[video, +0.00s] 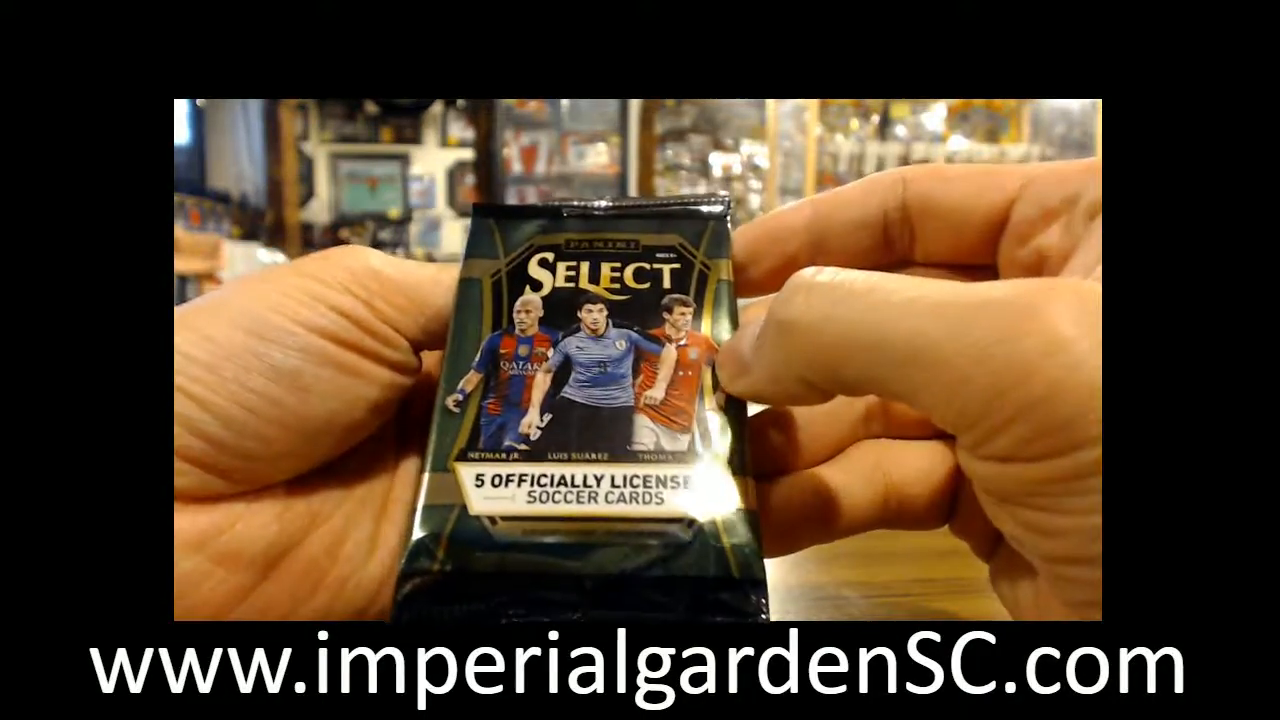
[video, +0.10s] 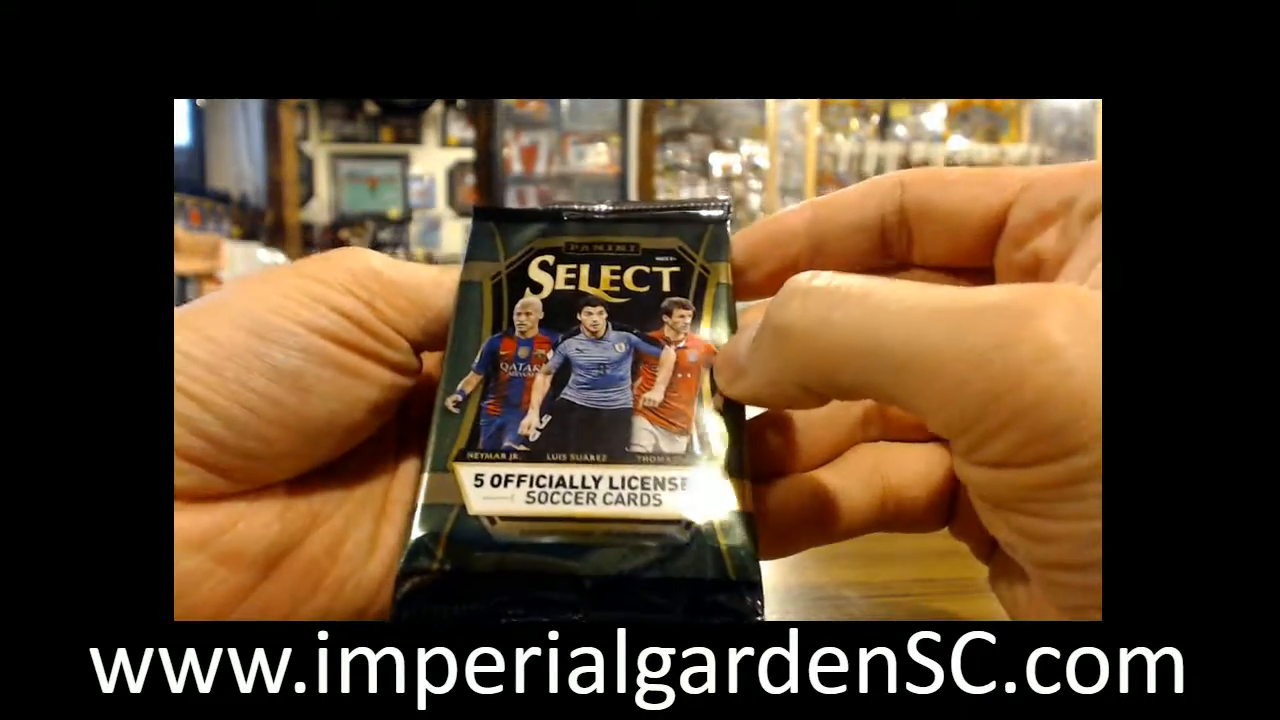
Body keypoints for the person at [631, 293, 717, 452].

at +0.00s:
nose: (687, 319)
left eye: (690, 314)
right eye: (682, 314)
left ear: (693, 315)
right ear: (666, 315)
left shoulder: (703, 342)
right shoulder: (647, 339)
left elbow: (725, 367)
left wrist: (719, 396)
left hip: (680, 421)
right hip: (647, 414)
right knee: (640, 467)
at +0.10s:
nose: (687, 321)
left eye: (689, 317)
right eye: (681, 316)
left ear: (692, 318)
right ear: (666, 318)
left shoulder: (702, 348)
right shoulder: (646, 341)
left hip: (679, 424)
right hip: (646, 417)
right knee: (639, 471)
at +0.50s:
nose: (685, 312)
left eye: (687, 306)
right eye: (679, 307)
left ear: (691, 307)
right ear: (662, 308)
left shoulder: (701, 342)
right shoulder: (645, 340)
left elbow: (721, 371)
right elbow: (625, 375)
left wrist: (720, 399)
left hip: (681, 430)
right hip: (648, 425)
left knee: (673, 491)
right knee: (645, 488)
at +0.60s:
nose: (684, 313)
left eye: (687, 307)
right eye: (678, 307)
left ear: (690, 308)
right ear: (662, 309)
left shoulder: (701, 343)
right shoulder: (643, 340)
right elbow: (625, 376)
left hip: (680, 433)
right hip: (647, 427)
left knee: (671, 493)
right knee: (644, 490)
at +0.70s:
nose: (684, 314)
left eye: (686, 308)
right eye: (678, 308)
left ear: (689, 309)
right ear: (662, 310)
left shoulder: (700, 344)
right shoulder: (644, 341)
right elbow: (625, 378)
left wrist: (718, 400)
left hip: (680, 432)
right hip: (648, 427)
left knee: (673, 492)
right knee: (645, 489)